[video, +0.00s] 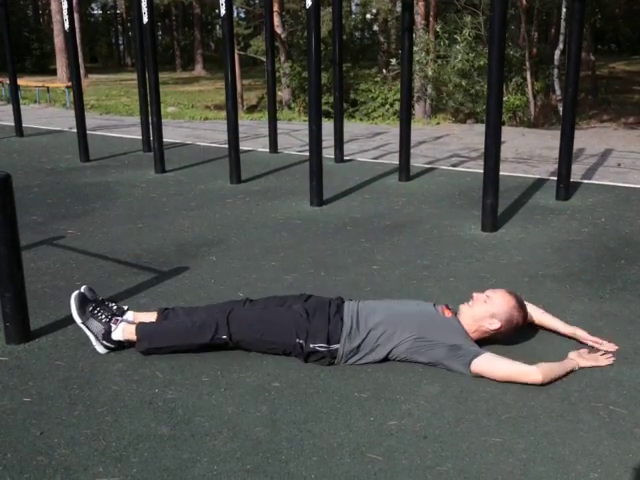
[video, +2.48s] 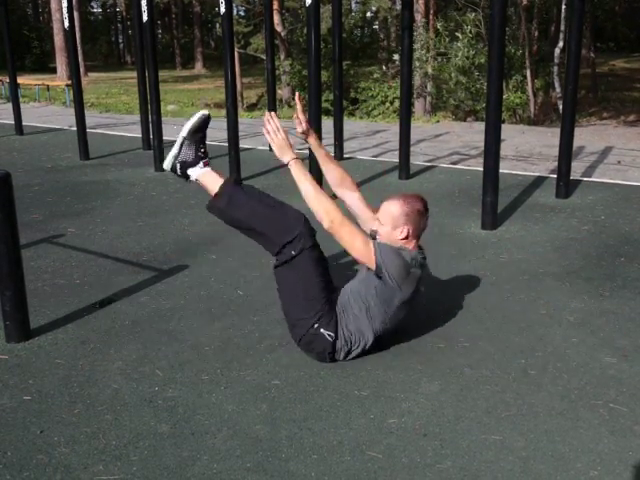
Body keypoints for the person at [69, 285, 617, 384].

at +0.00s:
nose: (486, 294)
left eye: (495, 301)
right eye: (493, 295)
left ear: (492, 325)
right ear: (480, 305)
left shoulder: (454, 341)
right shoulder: (449, 315)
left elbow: (521, 373)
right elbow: (522, 304)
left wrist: (571, 360)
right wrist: (576, 335)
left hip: (321, 331)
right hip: (322, 309)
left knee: (223, 322)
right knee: (223, 310)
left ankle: (120, 335)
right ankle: (124, 319)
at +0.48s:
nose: (468, 268)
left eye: (477, 272)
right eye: (473, 266)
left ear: (483, 293)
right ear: (470, 281)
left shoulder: (452, 323)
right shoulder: (445, 296)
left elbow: (473, 263)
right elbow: (450, 235)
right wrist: (495, 192)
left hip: (327, 329)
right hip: (328, 308)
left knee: (233, 279)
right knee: (237, 274)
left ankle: (124, 289)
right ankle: (136, 284)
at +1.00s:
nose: (361, 230)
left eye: (367, 226)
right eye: (364, 223)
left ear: (386, 234)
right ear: (389, 232)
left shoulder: (395, 259)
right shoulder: (396, 250)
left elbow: (329, 214)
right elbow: (338, 193)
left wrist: (277, 157)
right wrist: (289, 147)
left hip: (333, 338)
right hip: (339, 319)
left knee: (311, 237)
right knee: (310, 231)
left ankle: (223, 154)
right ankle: (228, 151)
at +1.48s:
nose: (485, 288)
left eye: (492, 294)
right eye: (492, 288)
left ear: (488, 320)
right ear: (485, 299)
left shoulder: (457, 336)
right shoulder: (453, 307)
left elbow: (521, 353)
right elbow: (503, 271)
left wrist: (575, 326)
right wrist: (563, 279)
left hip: (330, 329)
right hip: (332, 307)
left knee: (236, 291)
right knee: (238, 280)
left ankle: (123, 310)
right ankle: (131, 297)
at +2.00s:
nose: (489, 294)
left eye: (499, 299)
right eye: (496, 294)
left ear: (498, 322)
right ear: (488, 303)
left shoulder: (462, 338)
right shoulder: (457, 312)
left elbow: (525, 342)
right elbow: (515, 285)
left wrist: (583, 331)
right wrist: (574, 303)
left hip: (325, 329)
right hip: (327, 308)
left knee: (229, 310)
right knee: (230, 297)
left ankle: (122, 329)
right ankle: (128, 316)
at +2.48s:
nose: (374, 225)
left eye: (382, 222)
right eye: (378, 219)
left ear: (404, 236)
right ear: (406, 235)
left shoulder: (397, 265)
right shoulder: (402, 250)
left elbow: (331, 222)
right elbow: (348, 191)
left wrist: (291, 159)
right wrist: (312, 140)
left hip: (327, 336)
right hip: (335, 318)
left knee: (295, 232)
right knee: (296, 224)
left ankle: (197, 169)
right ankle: (197, 169)